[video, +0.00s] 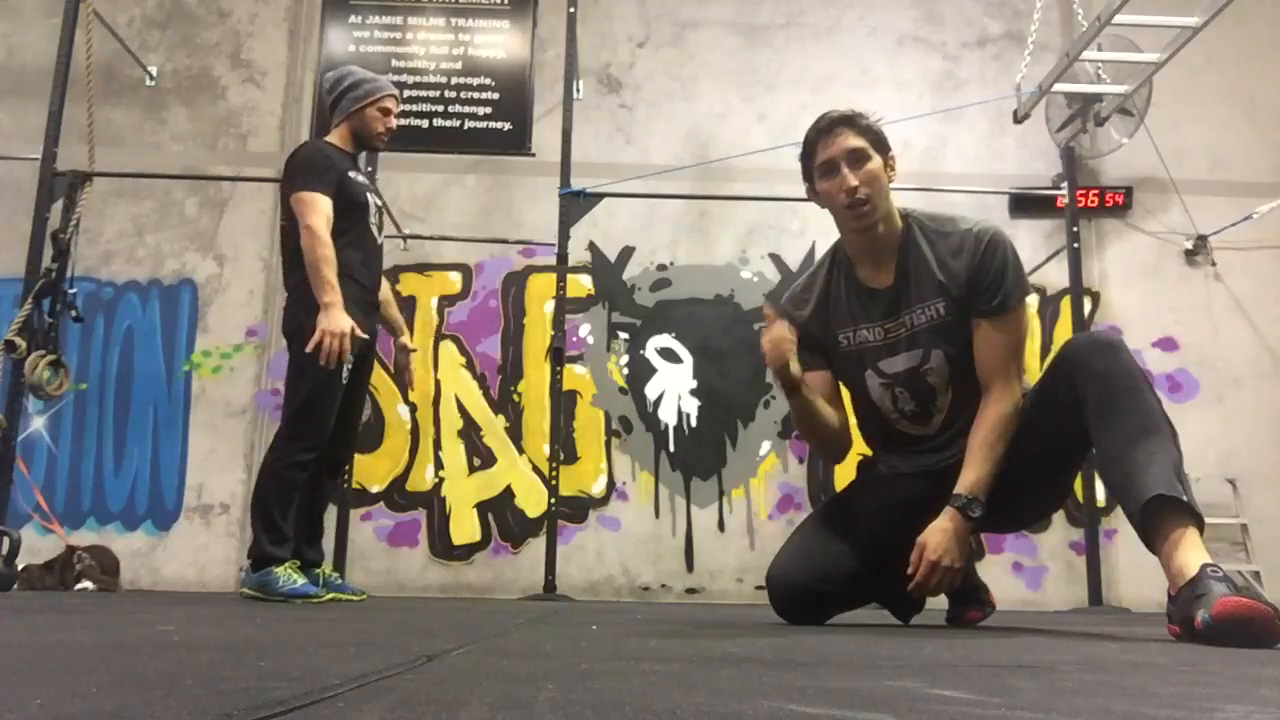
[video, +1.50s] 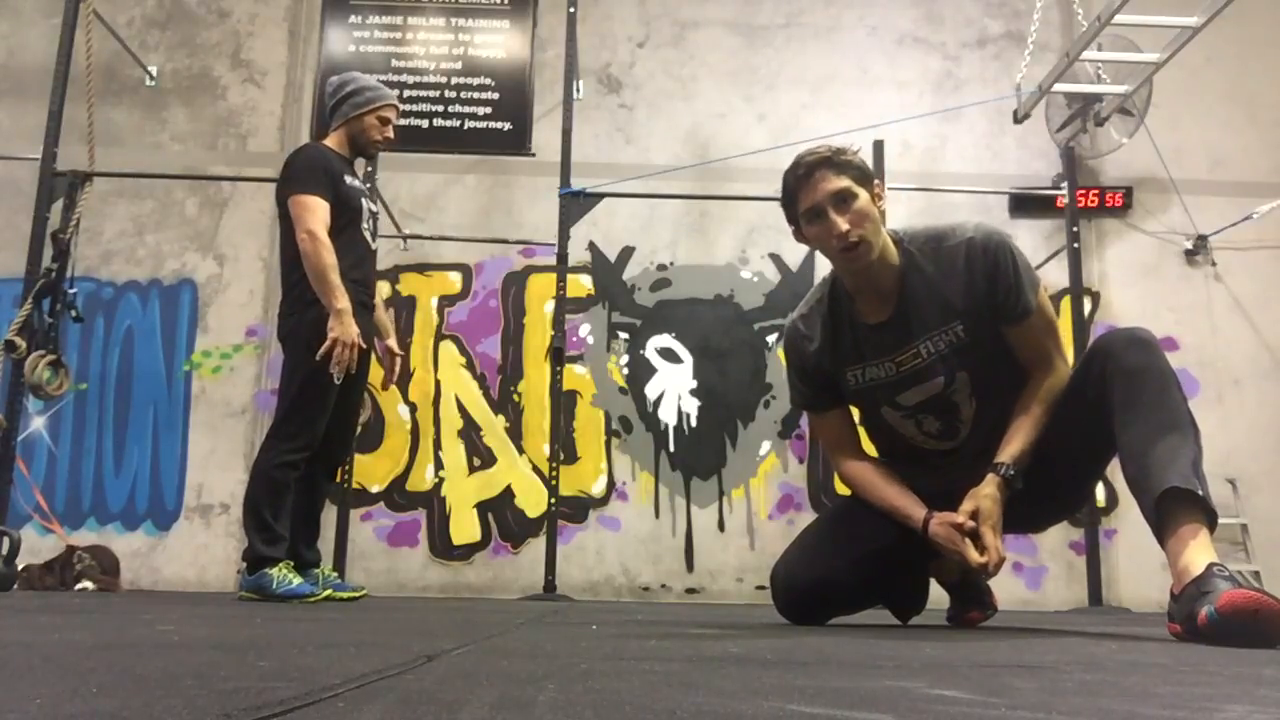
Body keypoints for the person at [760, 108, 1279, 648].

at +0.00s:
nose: (848, 179)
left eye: (859, 160)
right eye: (828, 171)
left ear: (889, 168)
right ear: (814, 194)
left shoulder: (976, 251)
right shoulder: (804, 301)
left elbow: (1003, 391)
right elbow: (834, 442)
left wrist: (962, 510)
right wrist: (789, 381)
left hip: (998, 464)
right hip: (900, 482)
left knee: (1097, 352)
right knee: (793, 590)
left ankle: (1191, 576)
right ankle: (949, 562)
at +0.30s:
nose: (830, 203)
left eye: (839, 180)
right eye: (810, 194)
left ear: (873, 182)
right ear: (797, 215)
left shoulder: (965, 251)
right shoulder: (803, 326)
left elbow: (1019, 374)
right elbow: (835, 433)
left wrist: (947, 448)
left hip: (999, 464)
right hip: (902, 490)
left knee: (1110, 352)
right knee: (794, 590)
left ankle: (1193, 575)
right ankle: (944, 559)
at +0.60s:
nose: (820, 216)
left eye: (826, 193)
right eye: (798, 212)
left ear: (858, 189)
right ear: (791, 232)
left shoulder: (958, 242)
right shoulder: (802, 337)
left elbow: (1056, 347)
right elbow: (839, 451)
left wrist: (1003, 452)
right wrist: (914, 499)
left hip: (1020, 468)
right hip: (913, 498)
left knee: (1136, 354)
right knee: (796, 590)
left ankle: (1198, 574)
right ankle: (945, 562)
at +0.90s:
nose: (835, 219)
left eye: (842, 195)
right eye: (813, 213)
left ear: (876, 191)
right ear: (804, 233)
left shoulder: (978, 253)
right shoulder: (813, 333)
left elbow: (1054, 369)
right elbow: (847, 453)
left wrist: (1001, 474)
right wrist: (922, 517)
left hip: (1029, 469)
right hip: (920, 495)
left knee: (1132, 348)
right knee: (798, 591)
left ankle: (1197, 574)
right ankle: (944, 560)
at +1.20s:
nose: (841, 224)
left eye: (849, 200)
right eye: (819, 218)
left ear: (882, 197)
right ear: (809, 237)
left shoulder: (986, 257)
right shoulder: (815, 334)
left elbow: (1055, 371)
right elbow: (849, 456)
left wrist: (1002, 480)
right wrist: (930, 519)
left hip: (1030, 470)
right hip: (923, 495)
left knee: (1133, 347)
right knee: (799, 591)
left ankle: (1197, 576)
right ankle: (947, 563)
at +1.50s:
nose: (837, 226)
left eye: (844, 202)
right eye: (815, 221)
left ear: (877, 196)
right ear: (805, 240)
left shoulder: (981, 258)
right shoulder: (811, 335)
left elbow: (1051, 370)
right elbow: (845, 454)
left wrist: (998, 481)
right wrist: (926, 520)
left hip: (1024, 471)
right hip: (917, 496)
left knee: (1128, 349)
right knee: (798, 591)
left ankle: (1195, 576)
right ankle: (942, 561)